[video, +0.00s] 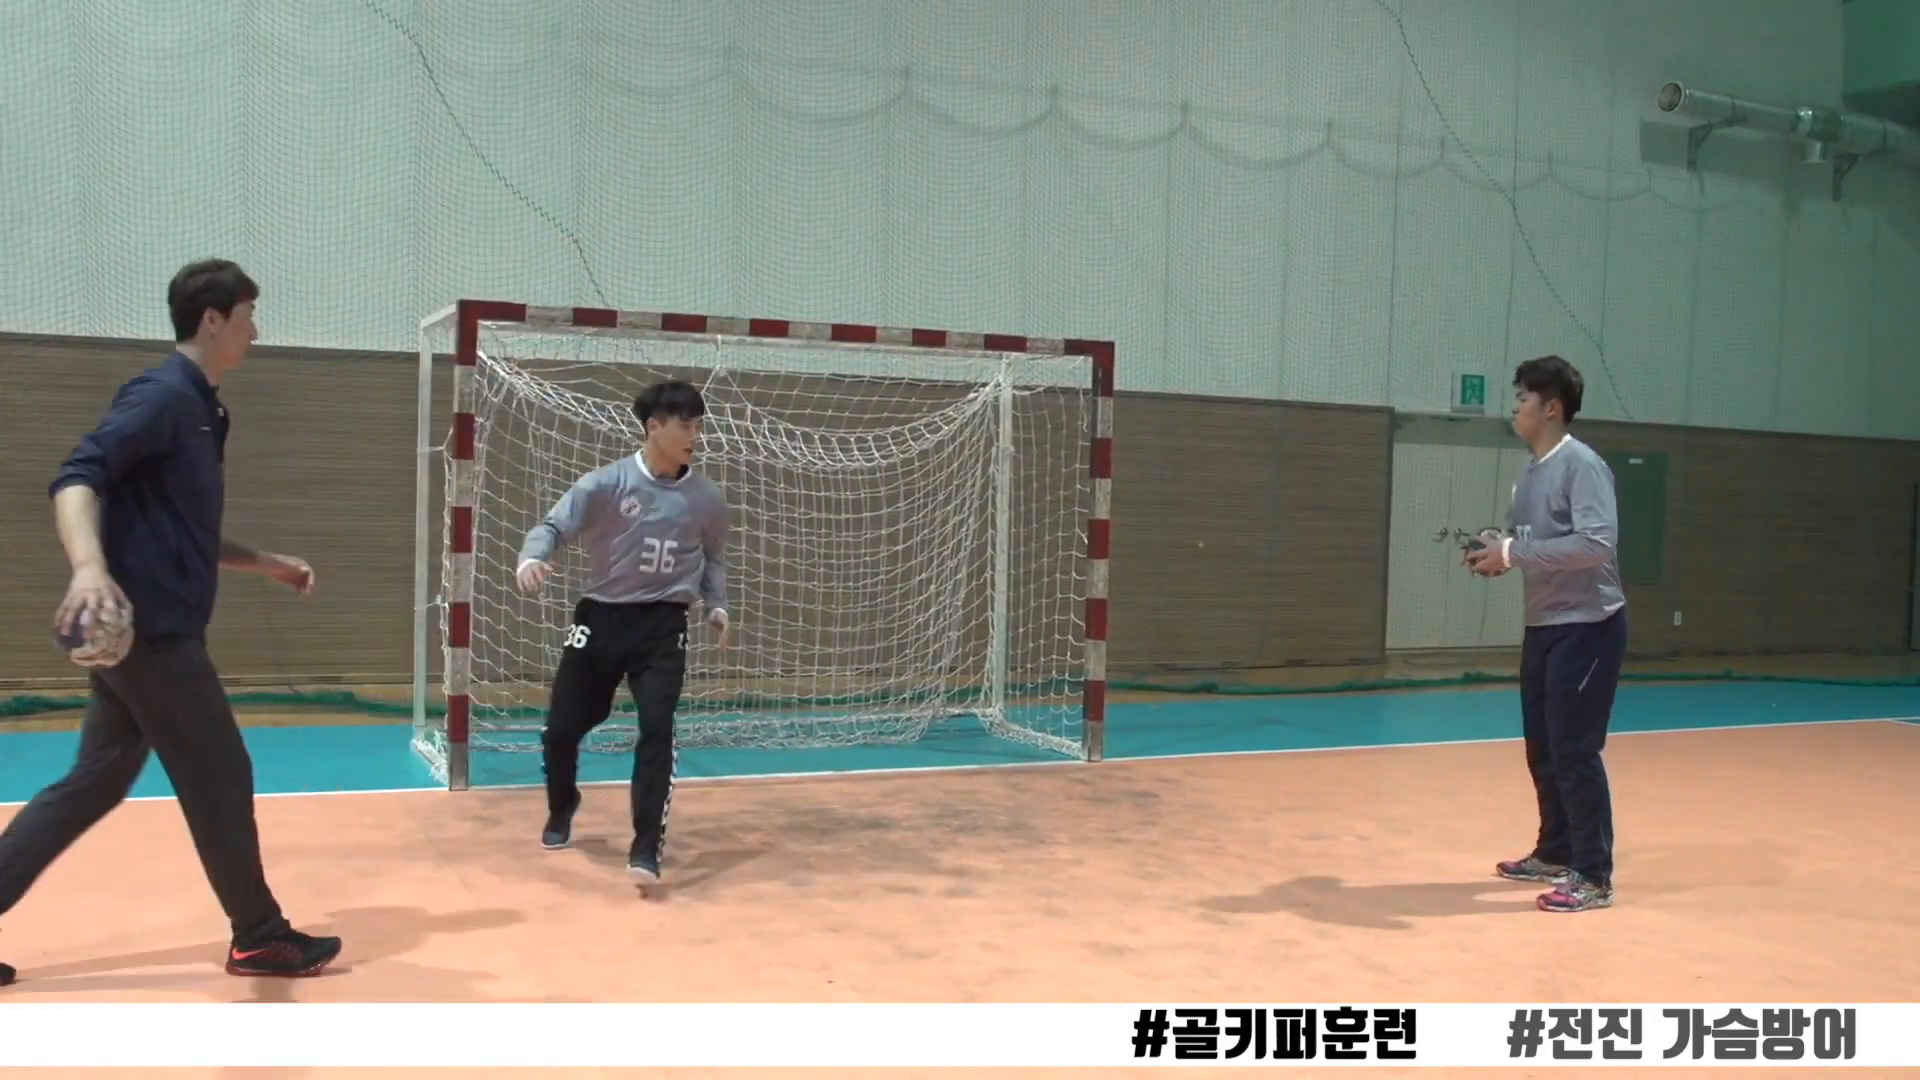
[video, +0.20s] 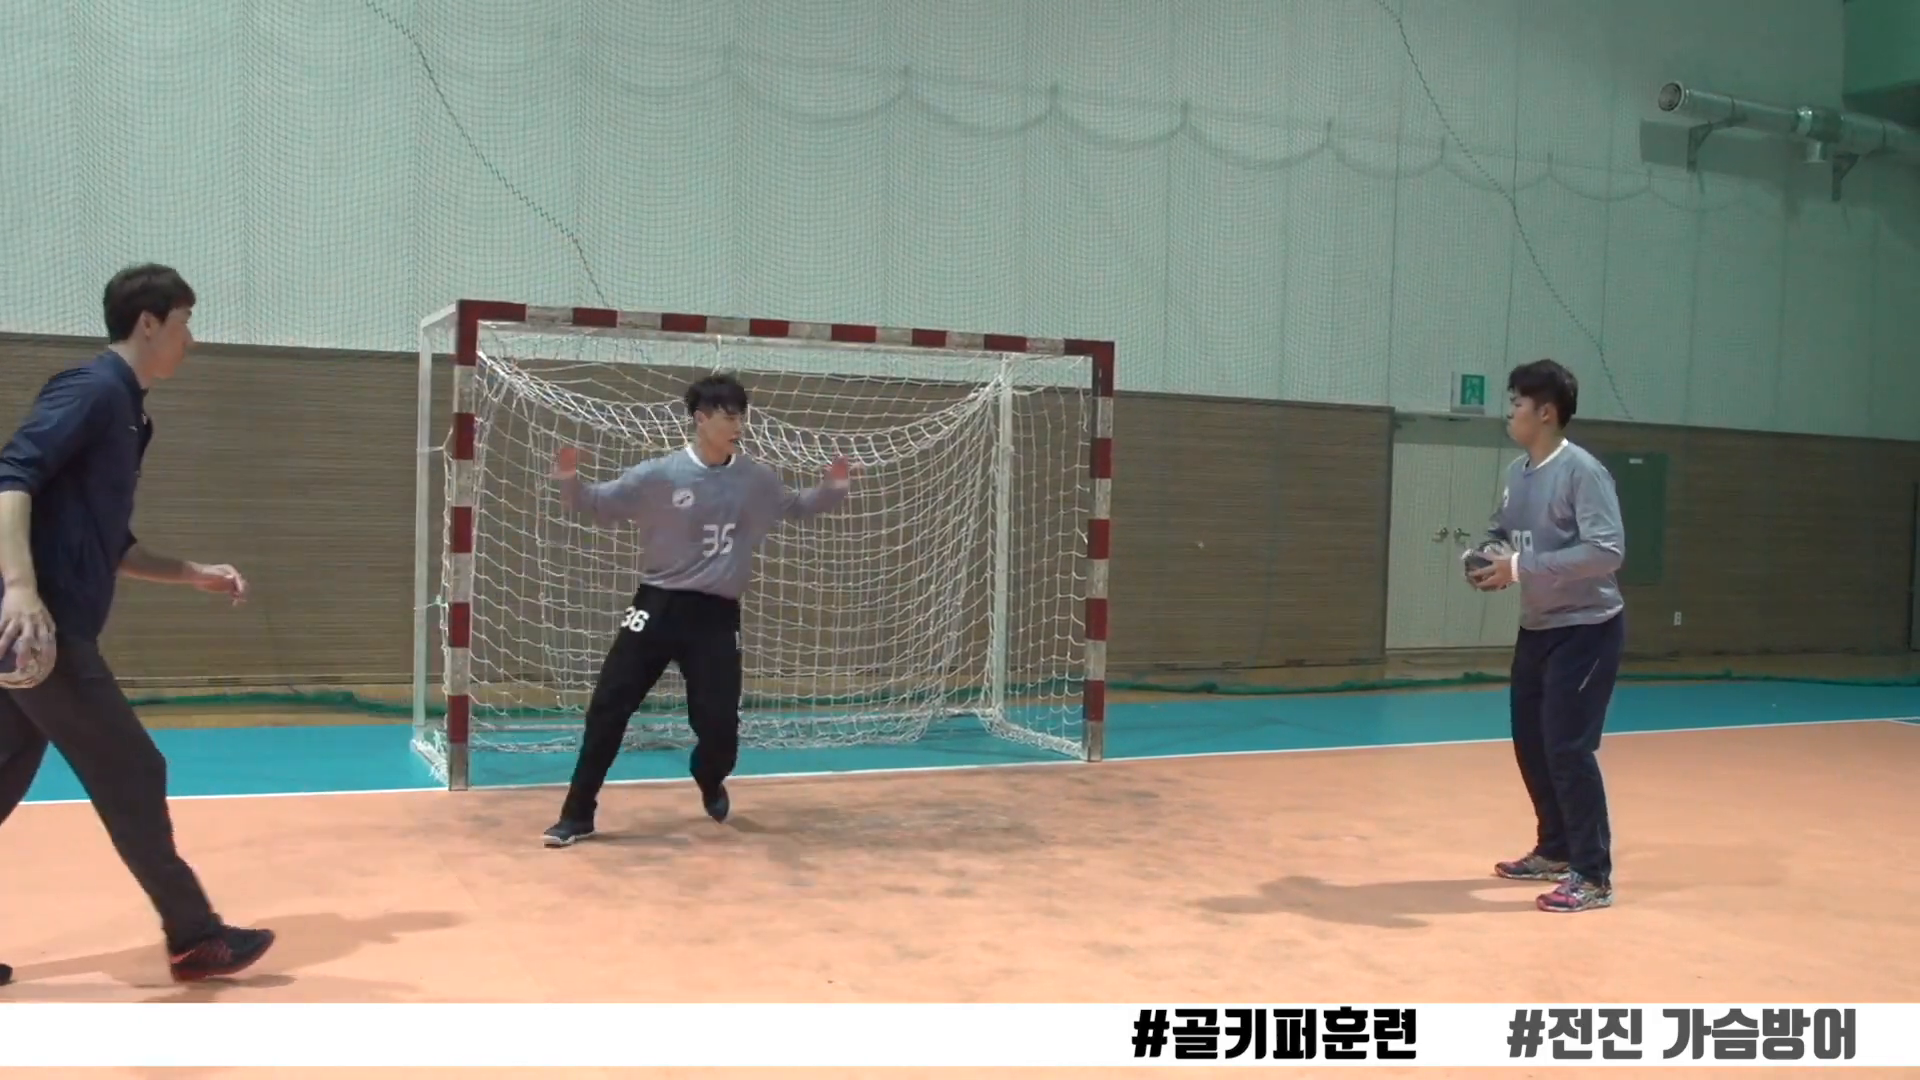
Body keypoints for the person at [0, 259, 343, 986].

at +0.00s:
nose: (255, 329)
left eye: (254, 316)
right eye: (249, 315)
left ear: (210, 320)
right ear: (213, 319)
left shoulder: (199, 405)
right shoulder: (163, 395)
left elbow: (187, 531)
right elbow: (76, 483)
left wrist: (264, 563)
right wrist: (88, 567)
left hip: (150, 631)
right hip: (149, 633)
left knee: (95, 784)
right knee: (219, 775)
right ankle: (259, 934)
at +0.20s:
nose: (190, 340)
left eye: (190, 326)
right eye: (184, 325)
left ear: (141, 324)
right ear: (148, 323)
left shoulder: (123, 408)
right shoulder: (93, 387)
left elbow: (104, 546)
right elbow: (14, 477)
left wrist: (189, 572)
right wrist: (19, 590)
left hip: (45, 631)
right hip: (42, 630)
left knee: (3, 786)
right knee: (131, 770)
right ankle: (193, 935)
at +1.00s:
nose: (127, 302)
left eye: (128, 287)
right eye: (121, 287)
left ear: (70, 289)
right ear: (79, 288)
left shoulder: (49, 372)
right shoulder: (24, 378)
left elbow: (21, 526)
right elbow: (1, 528)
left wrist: (67, 626)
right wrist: (66, 617)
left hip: (16, 637)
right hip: (1, 640)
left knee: (32, 774)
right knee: (32, 774)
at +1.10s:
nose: (135, 297)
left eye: (134, 282)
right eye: (128, 282)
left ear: (75, 286)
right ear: (90, 287)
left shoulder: (59, 370)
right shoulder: (34, 377)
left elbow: (30, 520)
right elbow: (10, 528)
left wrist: (70, 623)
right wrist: (88, 620)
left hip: (26, 635)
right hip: (7, 636)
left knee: (47, 774)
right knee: (27, 782)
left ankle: (16, 959)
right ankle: (12, 961)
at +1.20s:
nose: (144, 296)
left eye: (143, 281)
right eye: (137, 282)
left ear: (83, 287)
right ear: (101, 287)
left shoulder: (69, 367)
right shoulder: (48, 377)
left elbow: (45, 515)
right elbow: (24, 521)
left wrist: (82, 612)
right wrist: (112, 611)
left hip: (36, 636)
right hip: (12, 639)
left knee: (59, 784)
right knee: (9, 799)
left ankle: (39, 969)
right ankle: (29, 971)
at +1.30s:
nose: (153, 296)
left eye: (153, 280)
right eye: (147, 281)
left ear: (94, 285)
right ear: (113, 285)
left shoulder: (75, 364)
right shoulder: (65, 373)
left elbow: (55, 516)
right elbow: (48, 516)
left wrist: (99, 609)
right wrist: (138, 606)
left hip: (57, 633)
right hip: (24, 636)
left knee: (75, 794)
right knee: (8, 806)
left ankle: (40, 970)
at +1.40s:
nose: (168, 295)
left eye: (167, 279)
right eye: (162, 280)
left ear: (110, 283)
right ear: (131, 282)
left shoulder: (86, 357)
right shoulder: (91, 366)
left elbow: (65, 513)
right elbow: (79, 507)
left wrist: (121, 607)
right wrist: (167, 597)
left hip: (77, 621)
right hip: (47, 625)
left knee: (82, 800)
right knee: (41, 813)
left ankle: (41, 972)